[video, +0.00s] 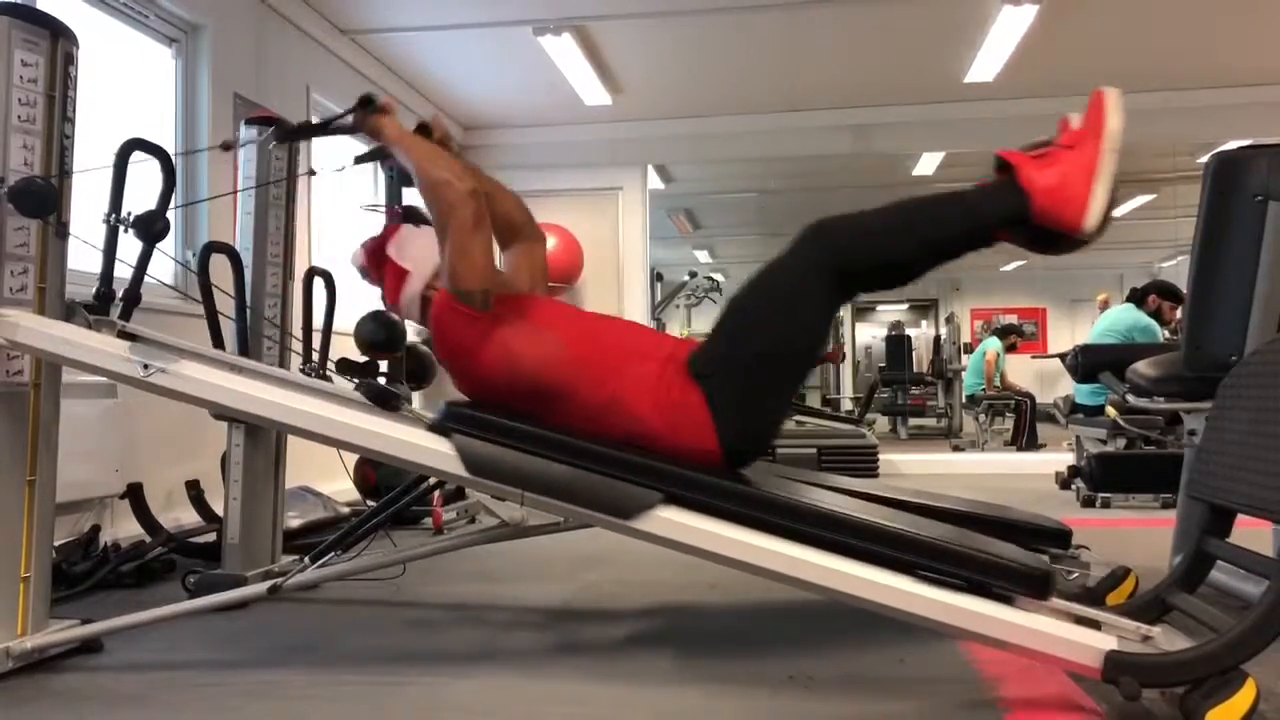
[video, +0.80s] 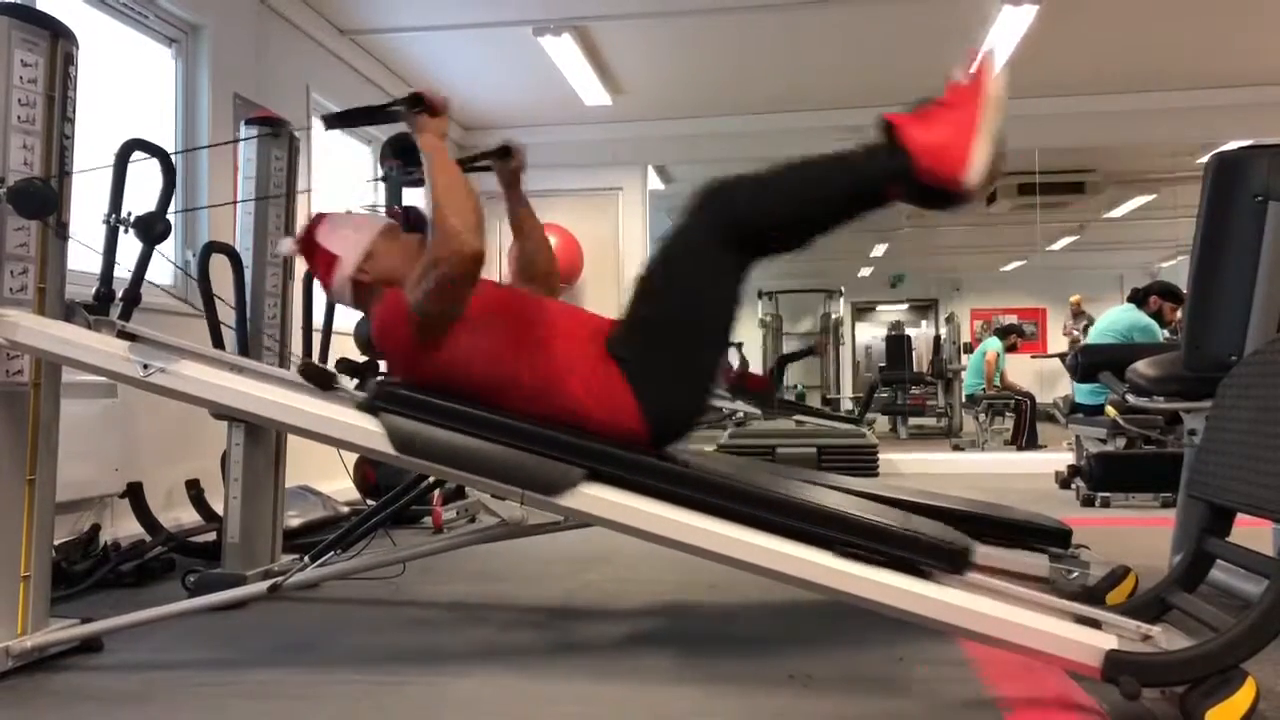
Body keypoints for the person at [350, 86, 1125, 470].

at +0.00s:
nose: (424, 246)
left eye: (414, 242)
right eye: (414, 243)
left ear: (425, 271)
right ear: (414, 271)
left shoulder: (498, 315)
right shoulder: (461, 318)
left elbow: (525, 233)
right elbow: (465, 210)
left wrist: (453, 153)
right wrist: (398, 139)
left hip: (709, 397)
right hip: (709, 414)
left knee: (823, 250)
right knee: (821, 252)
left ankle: (1029, 194)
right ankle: (1033, 196)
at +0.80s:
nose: (402, 230)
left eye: (391, 222)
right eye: (385, 232)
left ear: (394, 246)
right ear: (365, 271)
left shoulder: (446, 310)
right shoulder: (398, 328)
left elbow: (551, 279)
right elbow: (461, 249)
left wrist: (511, 193)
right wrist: (433, 140)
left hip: (636, 369)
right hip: (636, 394)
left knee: (718, 216)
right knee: (717, 215)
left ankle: (912, 157)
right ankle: (917, 158)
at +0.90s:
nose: (361, 213)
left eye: (351, 205)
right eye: (343, 214)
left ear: (329, 244)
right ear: (320, 249)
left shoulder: (398, 295)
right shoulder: (355, 308)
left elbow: (515, 286)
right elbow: (425, 250)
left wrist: (531, 195)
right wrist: (451, 127)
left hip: (588, 362)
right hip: (591, 381)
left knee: (644, 191)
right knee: (645, 189)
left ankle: (831, 135)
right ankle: (831, 130)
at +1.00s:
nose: (333, 201)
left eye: (321, 192)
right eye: (314, 197)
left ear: (298, 226)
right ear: (287, 230)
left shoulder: (357, 280)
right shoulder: (320, 288)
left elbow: (481, 282)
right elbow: (408, 236)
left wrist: (552, 213)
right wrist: (474, 126)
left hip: (545, 351)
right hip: (547, 367)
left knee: (576, 174)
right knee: (569, 163)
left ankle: (755, 129)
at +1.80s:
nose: (344, 193)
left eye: (335, 186)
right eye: (326, 192)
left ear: (329, 212)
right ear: (300, 225)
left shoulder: (376, 277)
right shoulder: (334, 275)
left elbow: (508, 262)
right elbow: (427, 195)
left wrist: (559, 172)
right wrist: (479, 76)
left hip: (553, 350)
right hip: (552, 368)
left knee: (633, 195)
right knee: (631, 188)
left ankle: (826, 155)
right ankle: (822, 147)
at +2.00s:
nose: (385, 204)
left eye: (373, 199)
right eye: (363, 206)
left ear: (370, 234)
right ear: (346, 249)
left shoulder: (440, 296)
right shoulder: (389, 305)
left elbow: (541, 247)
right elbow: (448, 195)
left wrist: (515, 144)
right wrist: (443, 84)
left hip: (623, 368)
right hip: (615, 388)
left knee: (742, 240)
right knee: (736, 242)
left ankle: (950, 200)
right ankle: (949, 190)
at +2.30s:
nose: (476, 242)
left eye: (460, 230)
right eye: (450, 238)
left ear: (433, 274)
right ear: (428, 268)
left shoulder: (510, 320)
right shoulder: (475, 323)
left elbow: (557, 251)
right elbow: (456, 210)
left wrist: (450, 196)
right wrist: (384, 140)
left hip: (723, 397)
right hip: (724, 420)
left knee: (870, 279)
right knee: (868, 283)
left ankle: (1075, 227)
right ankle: (1081, 232)